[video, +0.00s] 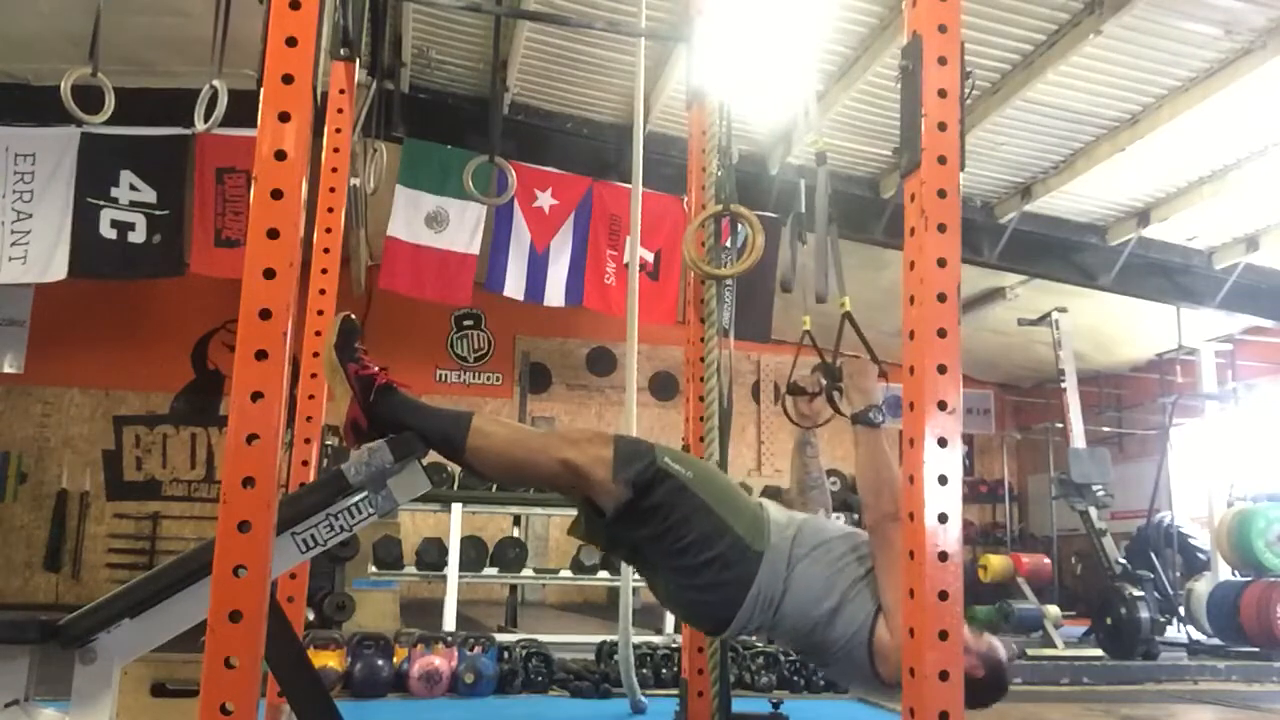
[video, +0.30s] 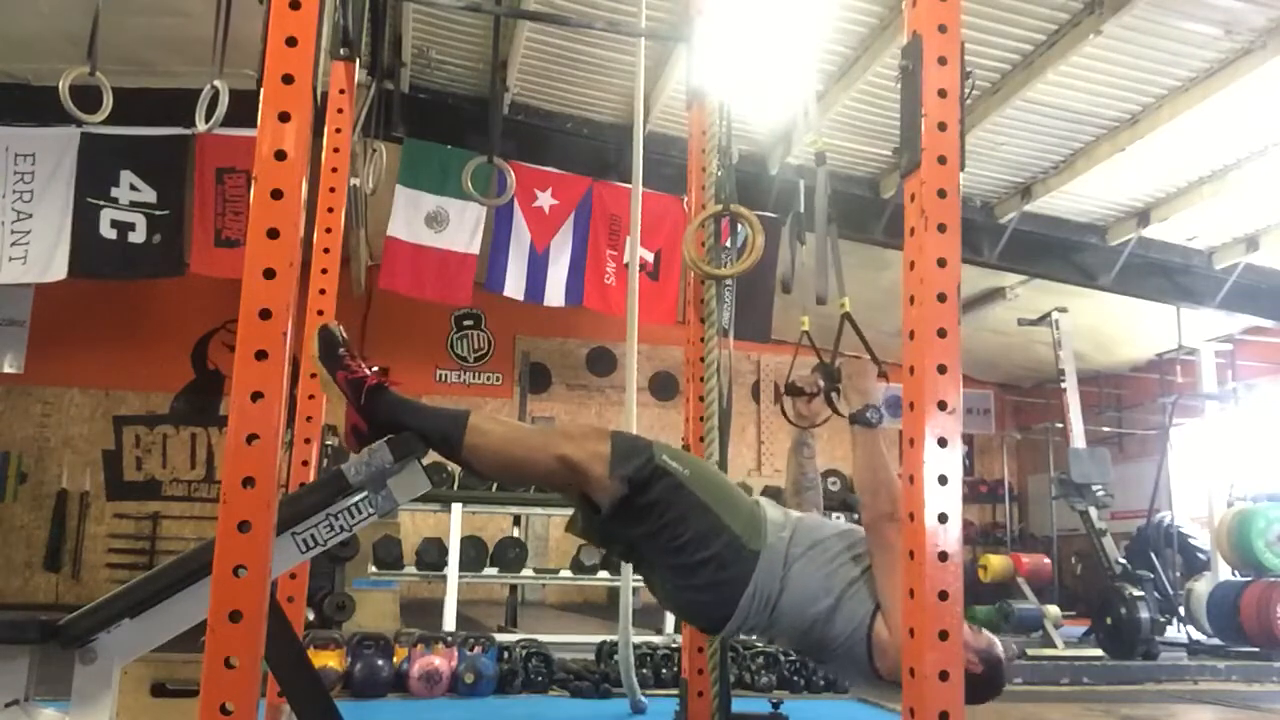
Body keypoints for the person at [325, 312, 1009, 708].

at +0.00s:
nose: (969, 639)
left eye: (974, 658)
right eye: (980, 643)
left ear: (955, 682)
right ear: (967, 631)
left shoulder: (913, 663)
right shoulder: (917, 619)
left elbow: (906, 525)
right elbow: (892, 520)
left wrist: (883, 420)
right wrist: (871, 418)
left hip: (744, 571)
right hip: (749, 534)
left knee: (598, 464)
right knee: (593, 457)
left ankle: (402, 416)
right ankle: (414, 421)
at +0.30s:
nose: (962, 636)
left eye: (968, 652)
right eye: (975, 638)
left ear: (951, 678)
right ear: (960, 630)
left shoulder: (911, 662)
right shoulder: (911, 609)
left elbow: (901, 529)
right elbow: (885, 508)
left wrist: (881, 424)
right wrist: (869, 417)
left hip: (744, 574)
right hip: (747, 531)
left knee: (605, 461)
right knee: (586, 461)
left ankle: (390, 408)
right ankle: (397, 414)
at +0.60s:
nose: (991, 525)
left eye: (1002, 543)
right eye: (1003, 525)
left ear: (989, 578)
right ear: (987, 528)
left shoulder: (937, 582)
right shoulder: (931, 527)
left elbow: (886, 494)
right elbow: (873, 463)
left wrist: (910, 440)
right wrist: (918, 430)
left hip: (768, 513)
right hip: (760, 490)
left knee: (611, 430)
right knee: (591, 432)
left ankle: (389, 411)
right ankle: (393, 418)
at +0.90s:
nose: (1012, 425)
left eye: (1019, 439)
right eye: (1015, 422)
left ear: (1007, 470)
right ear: (998, 416)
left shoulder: (972, 471)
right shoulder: (950, 418)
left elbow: (917, 467)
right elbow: (891, 405)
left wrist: (908, 372)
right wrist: (885, 365)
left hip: (774, 447)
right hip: (761, 413)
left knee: (592, 410)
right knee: (587, 400)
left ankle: (385, 418)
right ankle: (392, 420)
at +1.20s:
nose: (976, 454)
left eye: (988, 467)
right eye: (984, 448)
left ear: (979, 492)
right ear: (967, 437)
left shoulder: (926, 495)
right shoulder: (915, 442)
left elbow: (879, 473)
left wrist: (891, 385)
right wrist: (866, 375)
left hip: (746, 424)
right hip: (732, 448)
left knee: (569, 344)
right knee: (556, 364)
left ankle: (374, 417)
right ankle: (380, 418)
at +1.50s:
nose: (900, 430)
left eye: (911, 444)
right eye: (911, 429)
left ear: (902, 478)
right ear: (900, 429)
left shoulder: (850, 490)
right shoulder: (843, 440)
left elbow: (780, 473)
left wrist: (790, 391)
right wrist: (799, 380)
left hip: (644, 414)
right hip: (650, 389)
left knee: (486, 287)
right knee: (480, 310)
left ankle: (337, 420)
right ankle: (344, 414)